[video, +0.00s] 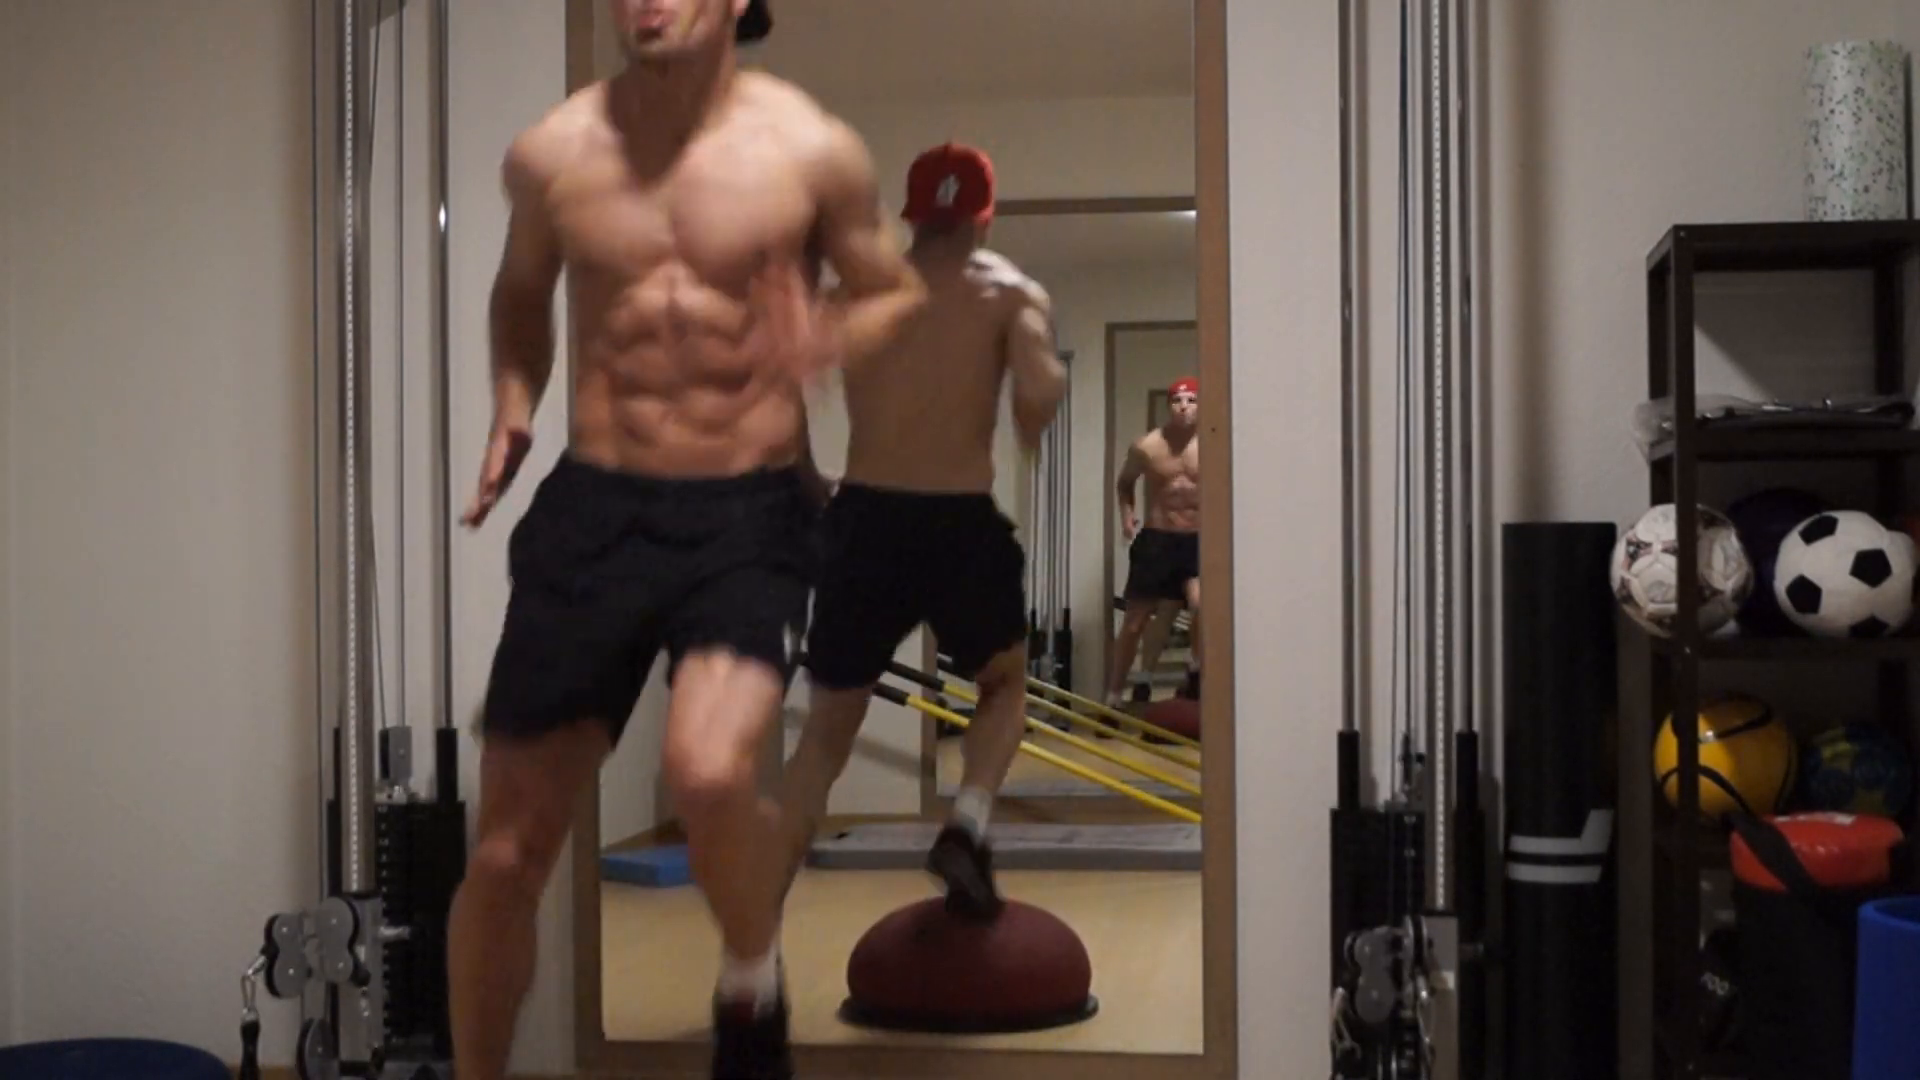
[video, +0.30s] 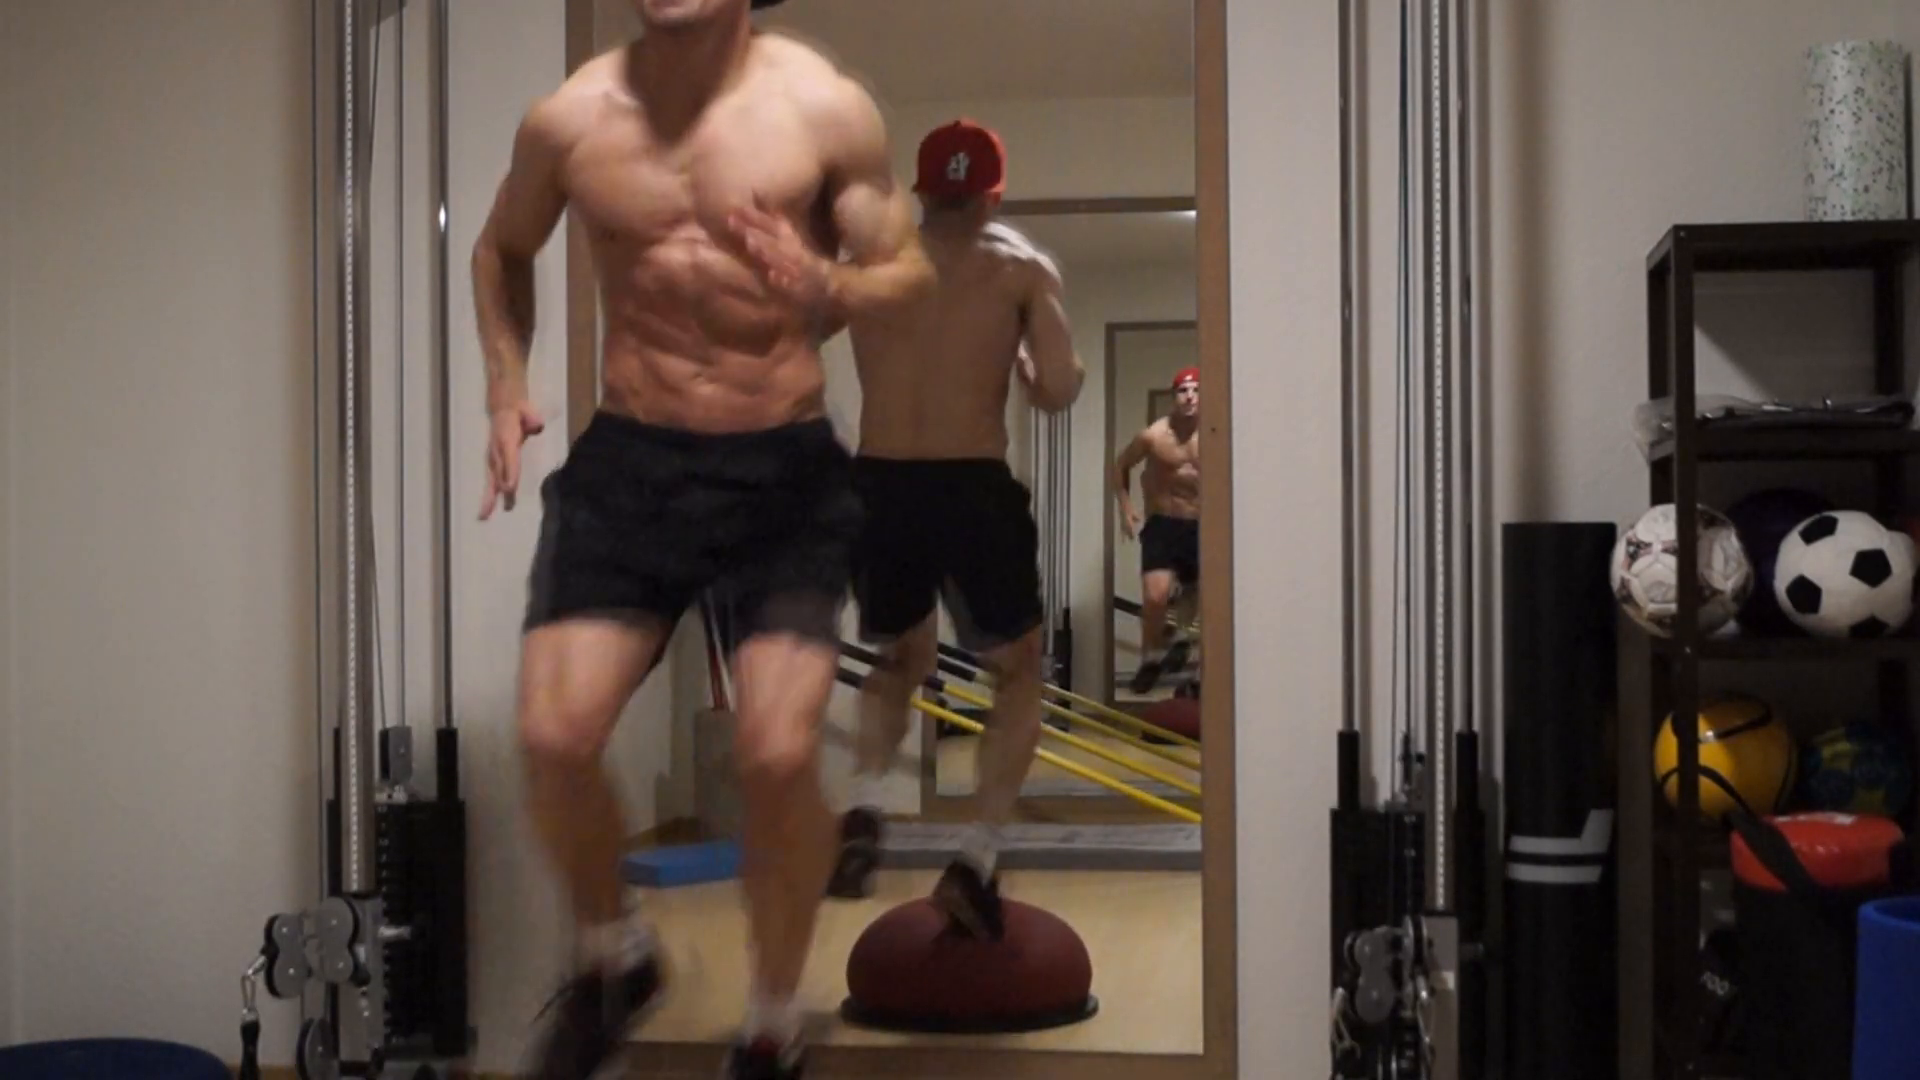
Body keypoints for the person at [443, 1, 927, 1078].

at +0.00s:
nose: (651, 3)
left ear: (735, 10)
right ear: (614, 10)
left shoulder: (814, 147)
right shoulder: (553, 153)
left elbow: (896, 289)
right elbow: (523, 294)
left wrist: (829, 334)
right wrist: (513, 405)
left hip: (752, 518)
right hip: (593, 515)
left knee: (708, 774)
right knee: (503, 856)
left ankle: (750, 986)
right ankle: (475, 1072)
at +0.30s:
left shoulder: (827, 104)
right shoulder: (572, 118)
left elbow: (906, 273)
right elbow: (503, 254)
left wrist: (824, 286)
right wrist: (507, 390)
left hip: (785, 474)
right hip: (627, 469)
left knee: (777, 757)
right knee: (554, 735)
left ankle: (773, 1026)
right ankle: (611, 958)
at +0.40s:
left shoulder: (853, 96)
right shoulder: (585, 107)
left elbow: (937, 216)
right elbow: (546, 271)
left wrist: (917, 338)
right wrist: (596, 359)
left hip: (817, 440)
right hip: (660, 458)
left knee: (865, 706)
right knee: (661, 774)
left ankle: (889, 959)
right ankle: (719, 1044)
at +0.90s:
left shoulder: (838, 62)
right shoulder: (578, 69)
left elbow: (934, 177)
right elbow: (551, 227)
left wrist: (898, 289)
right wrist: (577, 308)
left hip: (790, 406)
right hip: (644, 412)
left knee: (747, 691)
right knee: (576, 690)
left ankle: (800, 962)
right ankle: (667, 969)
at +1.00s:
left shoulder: (805, 67)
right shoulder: (563, 73)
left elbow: (895, 245)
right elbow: (541, 206)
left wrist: (771, 239)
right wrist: (522, 337)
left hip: (747, 435)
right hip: (599, 422)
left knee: (690, 760)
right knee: (489, 705)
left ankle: (735, 1046)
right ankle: (526, 970)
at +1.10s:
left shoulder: (789, 87)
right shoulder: (544, 89)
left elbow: (869, 276)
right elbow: (515, 203)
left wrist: (753, 220)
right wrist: (498, 326)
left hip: (723, 466)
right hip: (572, 458)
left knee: (672, 765)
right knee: (490, 782)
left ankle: (728, 1034)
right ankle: (475, 1061)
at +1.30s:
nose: (729, 3)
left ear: (811, 18)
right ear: (693, 20)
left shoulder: (864, 111)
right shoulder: (636, 111)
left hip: (831, 528)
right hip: (672, 529)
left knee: (908, 857)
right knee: (655, 855)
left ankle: (956, 1069)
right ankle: (648, 1074)